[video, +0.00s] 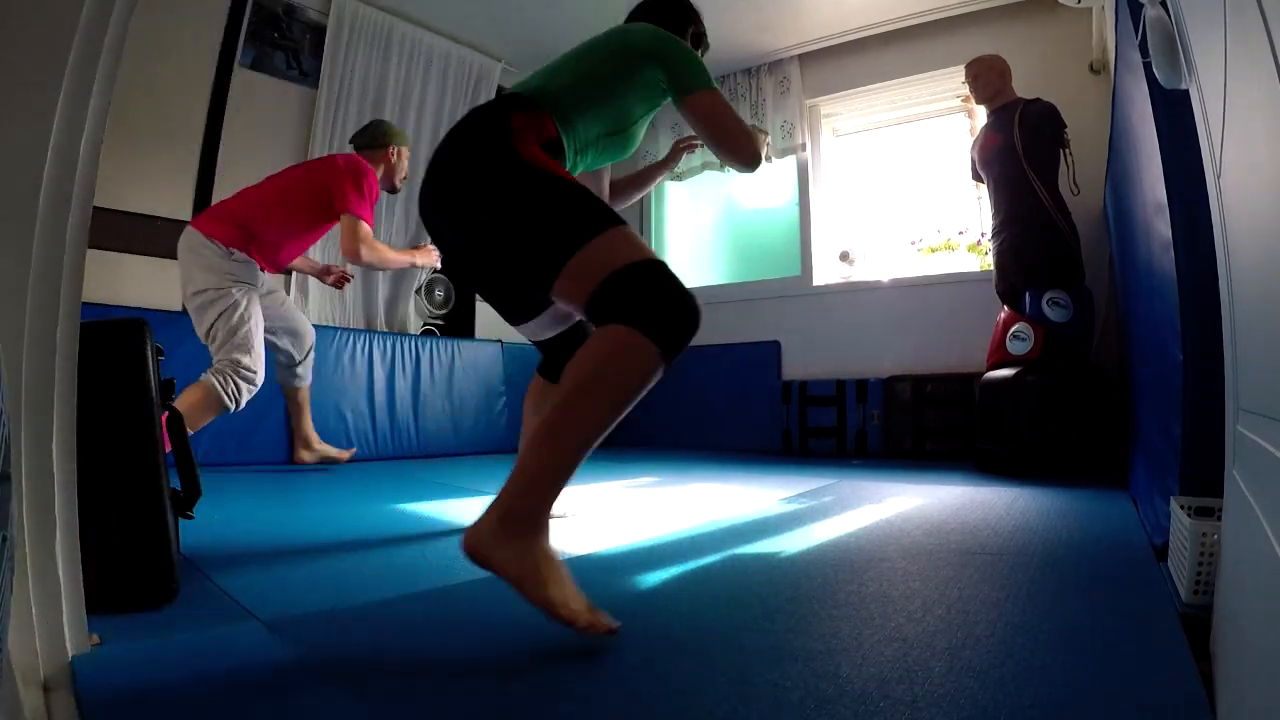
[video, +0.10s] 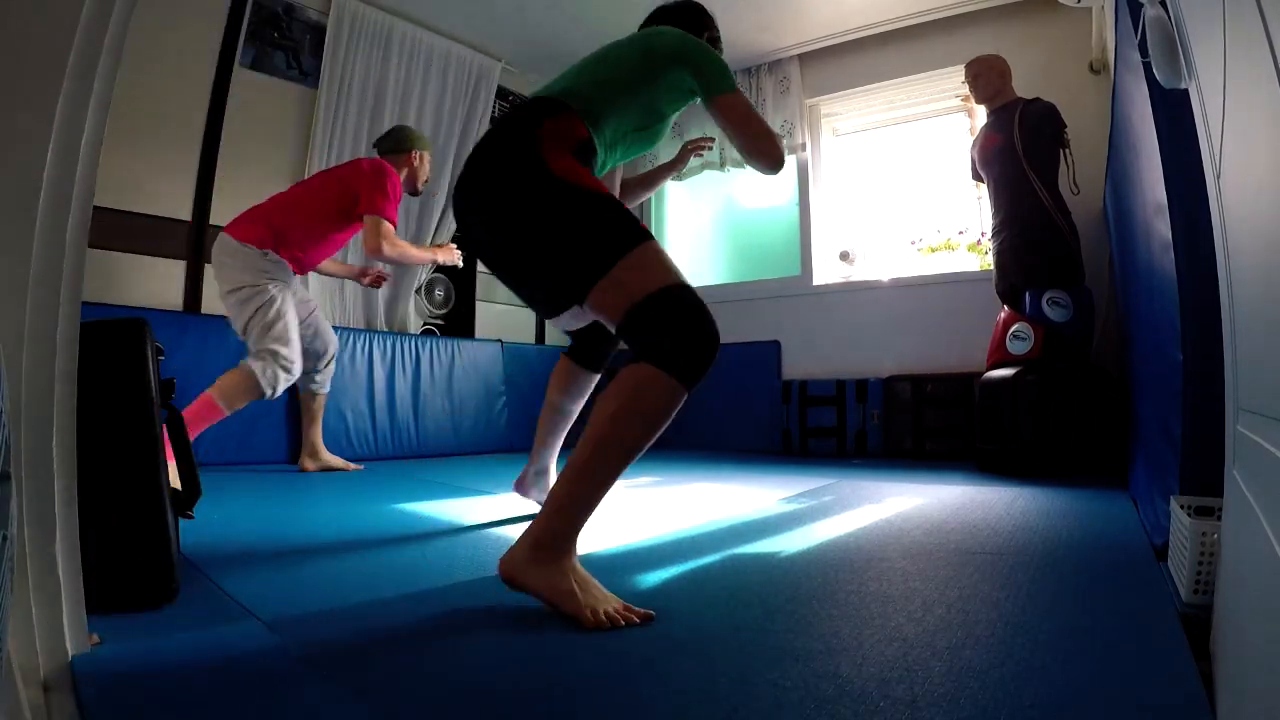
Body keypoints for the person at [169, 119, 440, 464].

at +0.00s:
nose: (407, 168)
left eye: (408, 159)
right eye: (407, 157)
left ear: (370, 149)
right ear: (391, 153)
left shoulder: (337, 171)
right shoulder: (359, 172)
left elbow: (265, 243)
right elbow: (358, 248)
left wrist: (318, 269)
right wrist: (414, 257)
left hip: (245, 261)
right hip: (218, 252)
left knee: (297, 337)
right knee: (239, 374)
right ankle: (152, 444)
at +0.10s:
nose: (429, 171)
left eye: (429, 163)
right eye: (428, 162)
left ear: (399, 156)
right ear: (413, 158)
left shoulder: (364, 178)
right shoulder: (382, 175)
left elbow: (303, 252)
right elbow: (380, 246)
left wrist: (357, 273)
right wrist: (435, 255)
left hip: (278, 265)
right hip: (251, 254)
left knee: (320, 349)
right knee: (277, 362)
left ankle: (313, 451)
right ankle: (176, 436)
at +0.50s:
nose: (501, 193)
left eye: (501, 185)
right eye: (500, 184)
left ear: (464, 180)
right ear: (489, 182)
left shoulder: (444, 204)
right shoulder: (462, 200)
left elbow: (423, 280)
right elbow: (473, 263)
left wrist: (467, 277)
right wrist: (516, 265)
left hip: (391, 292)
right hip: (369, 286)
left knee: (436, 358)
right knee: (407, 368)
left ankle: (418, 445)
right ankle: (317, 436)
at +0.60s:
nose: (518, 199)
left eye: (517, 192)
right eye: (517, 191)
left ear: (482, 186)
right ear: (508, 189)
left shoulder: (463, 208)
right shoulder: (483, 207)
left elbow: (445, 285)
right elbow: (491, 271)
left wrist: (495, 276)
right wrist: (533, 271)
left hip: (386, 286)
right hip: (394, 286)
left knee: (447, 359)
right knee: (452, 356)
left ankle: (419, 445)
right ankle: (377, 429)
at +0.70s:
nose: (534, 204)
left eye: (534, 198)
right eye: (535, 197)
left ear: (500, 192)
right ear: (526, 195)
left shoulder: (478, 211)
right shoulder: (504, 211)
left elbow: (460, 283)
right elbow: (513, 276)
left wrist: (508, 274)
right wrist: (550, 276)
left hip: (395, 283)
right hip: (415, 286)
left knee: (462, 355)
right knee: (480, 352)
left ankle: (428, 438)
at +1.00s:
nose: (576, 220)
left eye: (575, 214)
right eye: (577, 214)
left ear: (545, 210)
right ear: (570, 211)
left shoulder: (525, 228)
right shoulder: (555, 229)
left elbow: (489, 274)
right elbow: (566, 289)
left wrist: (524, 295)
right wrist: (594, 288)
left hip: (449, 295)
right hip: (480, 298)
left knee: (502, 367)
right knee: (533, 367)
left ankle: (495, 441)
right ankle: (468, 421)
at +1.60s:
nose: (638, 236)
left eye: (639, 231)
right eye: (638, 230)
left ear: (610, 225)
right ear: (633, 227)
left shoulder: (589, 242)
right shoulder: (623, 242)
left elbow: (566, 285)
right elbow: (636, 297)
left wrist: (600, 298)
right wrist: (657, 294)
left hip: (535, 308)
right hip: (565, 310)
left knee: (584, 360)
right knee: (617, 369)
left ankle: (572, 426)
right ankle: (584, 437)